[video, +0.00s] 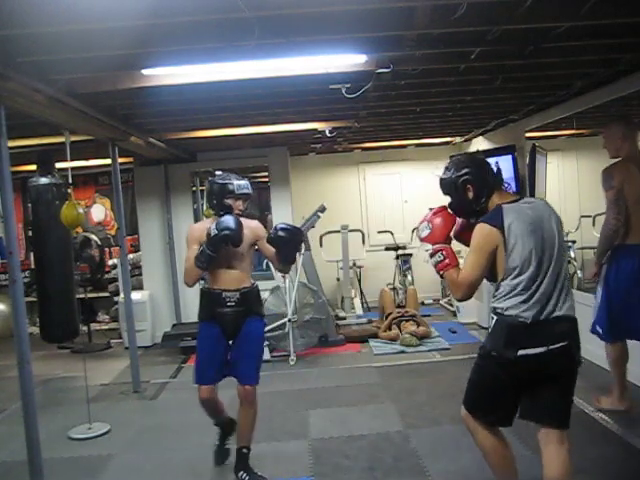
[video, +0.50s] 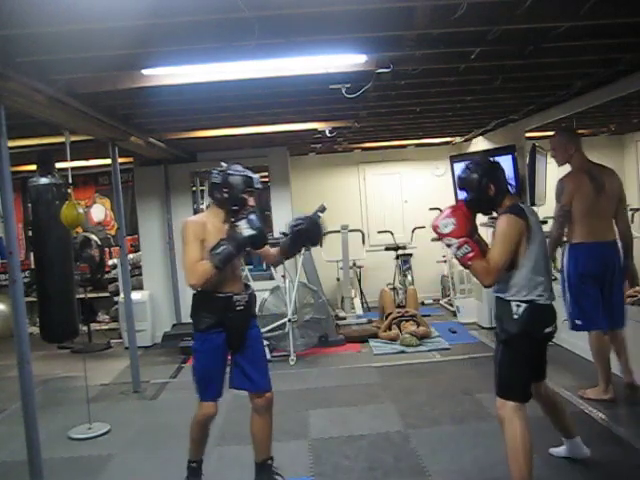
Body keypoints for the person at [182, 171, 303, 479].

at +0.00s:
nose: (239, 206)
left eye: (243, 201)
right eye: (233, 200)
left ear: (246, 203)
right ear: (217, 201)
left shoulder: (253, 228)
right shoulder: (199, 230)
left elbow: (282, 267)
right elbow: (189, 279)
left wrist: (289, 249)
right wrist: (210, 248)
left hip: (248, 310)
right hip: (212, 311)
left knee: (248, 391)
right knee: (205, 394)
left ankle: (243, 463)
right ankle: (226, 426)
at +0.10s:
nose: (241, 202)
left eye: (243, 196)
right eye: (235, 196)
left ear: (243, 198)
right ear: (217, 196)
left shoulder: (249, 225)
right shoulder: (195, 228)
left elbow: (276, 264)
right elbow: (184, 277)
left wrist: (290, 248)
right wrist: (209, 246)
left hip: (246, 311)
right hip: (209, 312)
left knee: (245, 393)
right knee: (201, 394)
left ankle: (242, 464)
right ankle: (209, 444)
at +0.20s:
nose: (239, 201)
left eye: (241, 196)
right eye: (233, 195)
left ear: (240, 197)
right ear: (213, 195)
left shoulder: (245, 225)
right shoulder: (190, 226)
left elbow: (272, 264)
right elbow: (178, 274)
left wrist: (292, 250)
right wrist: (210, 241)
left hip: (243, 311)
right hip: (207, 312)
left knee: (244, 395)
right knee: (202, 399)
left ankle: (242, 465)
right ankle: (196, 470)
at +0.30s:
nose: (238, 204)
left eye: (239, 199)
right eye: (232, 198)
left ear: (233, 200)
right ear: (213, 197)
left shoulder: (235, 228)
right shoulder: (185, 228)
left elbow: (264, 267)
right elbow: (179, 277)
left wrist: (287, 253)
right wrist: (213, 242)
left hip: (239, 319)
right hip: (204, 321)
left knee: (254, 400)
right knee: (199, 404)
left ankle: (243, 463)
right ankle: (194, 472)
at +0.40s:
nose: (242, 202)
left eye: (243, 196)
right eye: (237, 196)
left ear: (225, 196)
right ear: (217, 196)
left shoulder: (234, 227)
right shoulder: (186, 227)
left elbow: (260, 265)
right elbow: (183, 279)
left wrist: (284, 249)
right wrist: (219, 246)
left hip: (240, 319)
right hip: (204, 321)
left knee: (263, 396)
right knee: (200, 406)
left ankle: (253, 463)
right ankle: (194, 470)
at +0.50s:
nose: (249, 201)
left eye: (249, 195)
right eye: (244, 195)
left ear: (229, 194)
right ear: (224, 193)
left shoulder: (240, 224)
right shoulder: (195, 225)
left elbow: (271, 257)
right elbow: (195, 278)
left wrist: (297, 241)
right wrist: (231, 246)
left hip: (244, 318)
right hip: (210, 321)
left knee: (263, 399)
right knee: (208, 409)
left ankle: (264, 471)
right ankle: (194, 471)